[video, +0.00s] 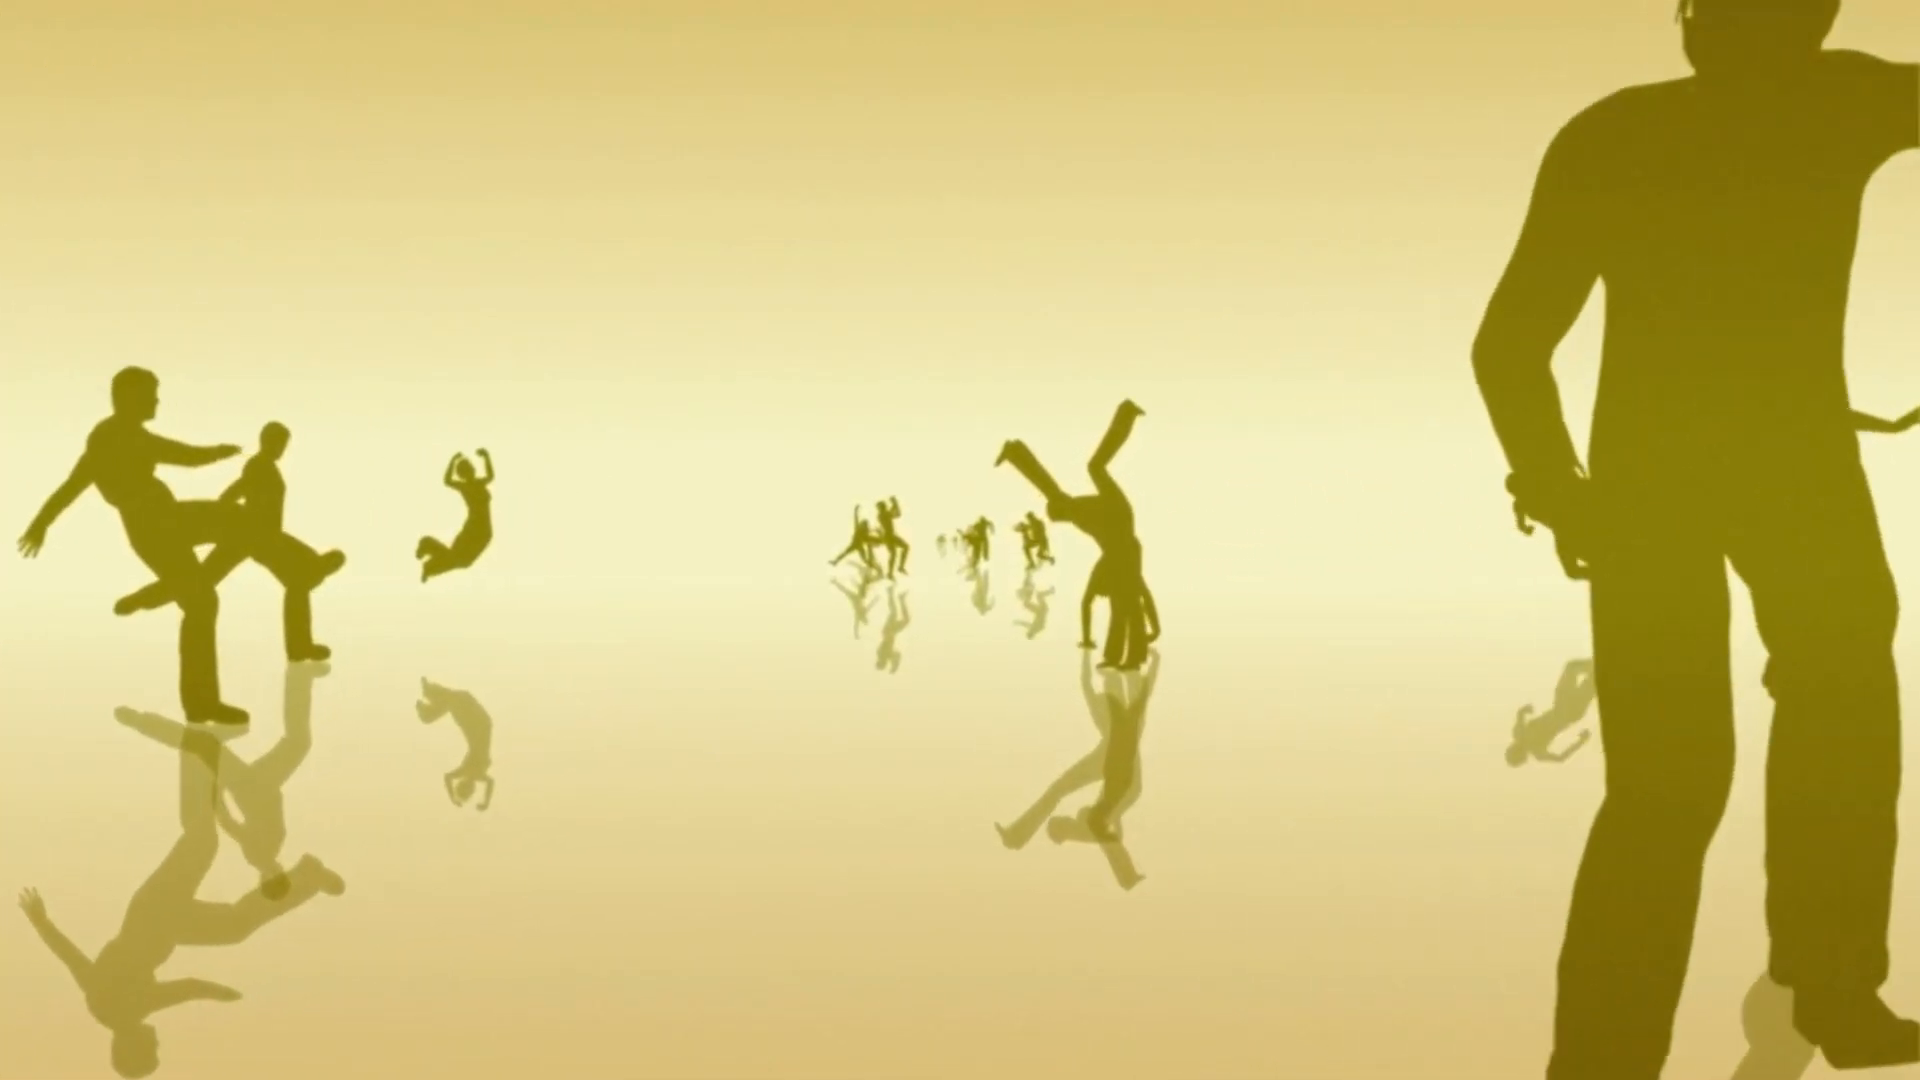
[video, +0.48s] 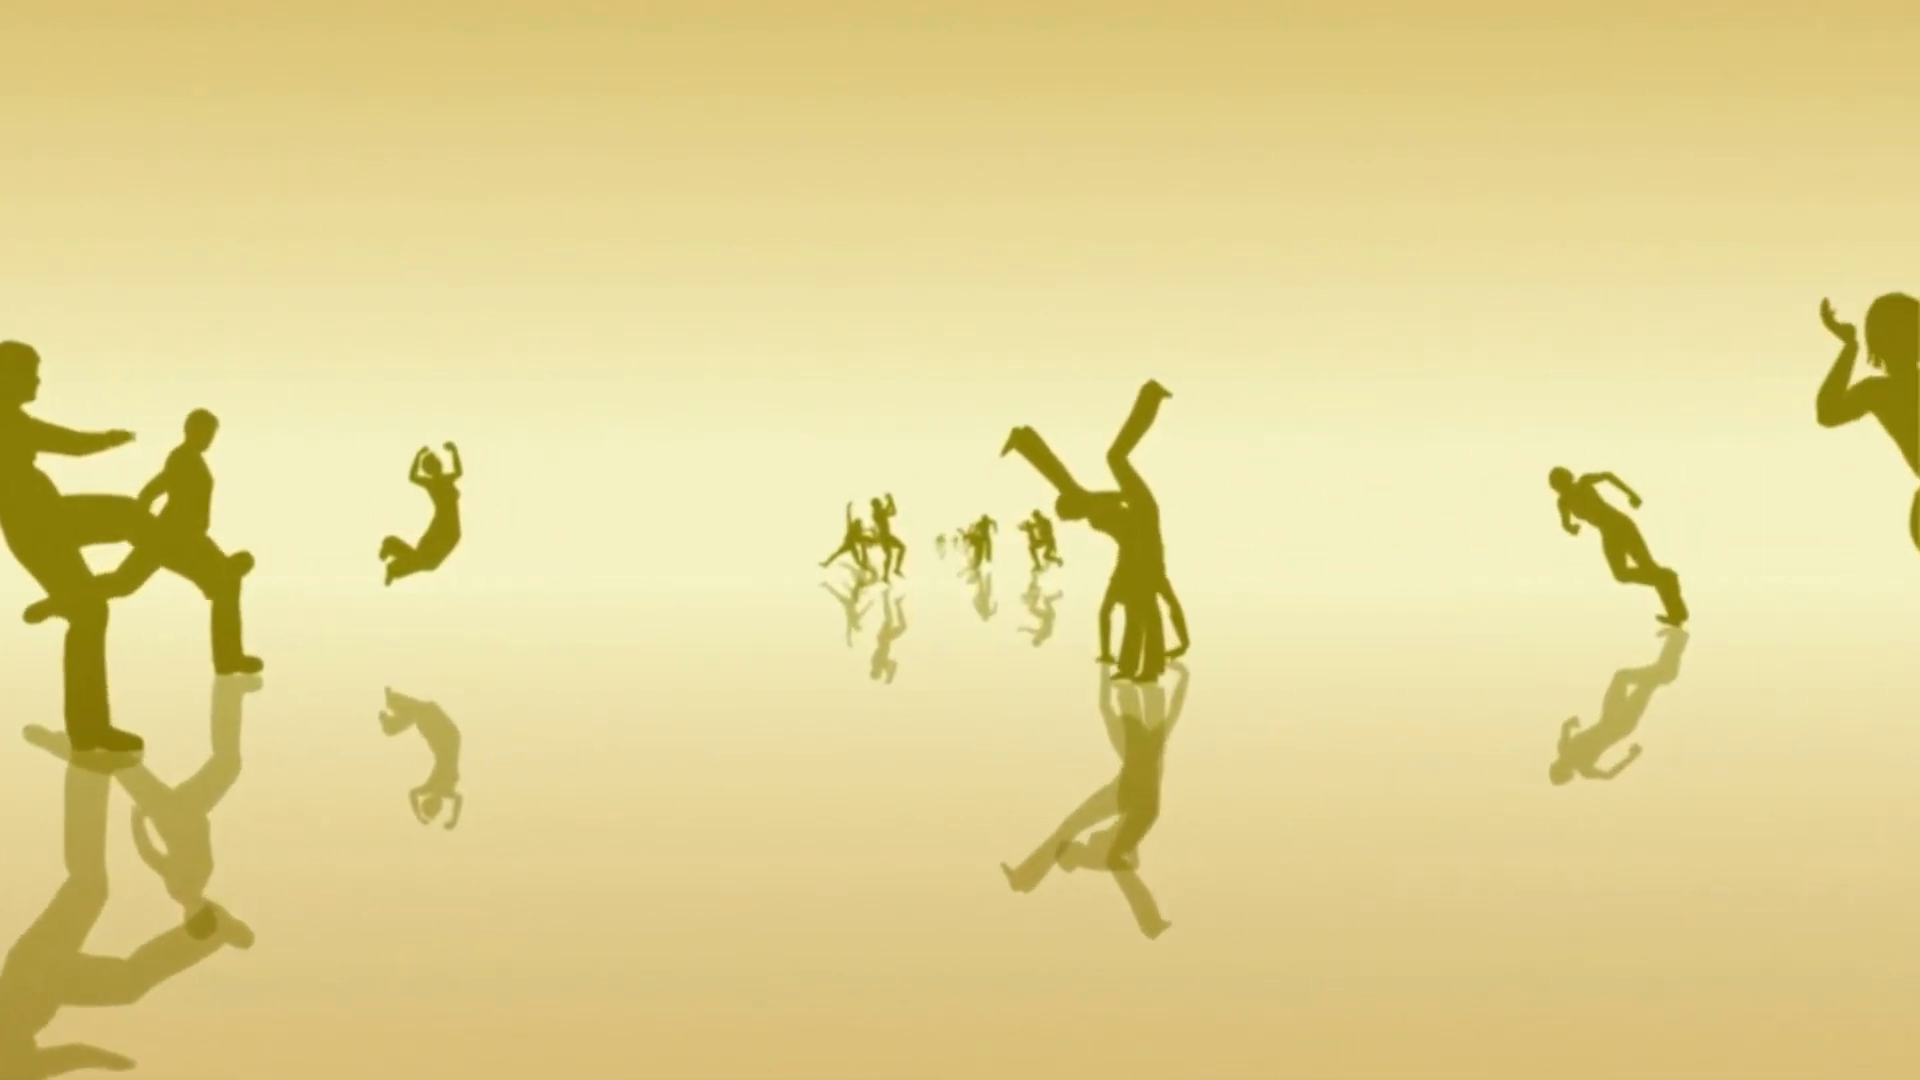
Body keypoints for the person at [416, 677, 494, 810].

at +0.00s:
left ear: (469, 786)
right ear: (461, 784)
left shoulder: (477, 775)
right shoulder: (463, 772)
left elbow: (491, 781)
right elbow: (447, 777)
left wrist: (486, 803)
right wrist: (452, 798)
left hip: (465, 701)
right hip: (455, 701)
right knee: (427, 717)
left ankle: (429, 689)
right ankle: (419, 705)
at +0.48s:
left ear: (437, 803)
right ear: (427, 801)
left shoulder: (445, 792)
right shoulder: (428, 789)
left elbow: (459, 798)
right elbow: (412, 793)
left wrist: (454, 820)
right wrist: (418, 815)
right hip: (423, 713)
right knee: (390, 729)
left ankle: (393, 698)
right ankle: (382, 716)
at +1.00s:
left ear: (403, 821)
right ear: (391, 818)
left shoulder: (412, 808)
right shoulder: (394, 805)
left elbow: (426, 815)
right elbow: (376, 810)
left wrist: (420, 840)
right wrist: (382, 834)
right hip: (388, 724)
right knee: (352, 742)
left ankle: (355, 709)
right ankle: (345, 727)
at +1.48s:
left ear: (360, 843)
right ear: (348, 841)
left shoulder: (371, 829)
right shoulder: (350, 826)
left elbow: (386, 837)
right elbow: (332, 831)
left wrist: (379, 862)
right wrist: (339, 857)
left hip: (355, 738)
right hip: (343, 738)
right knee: (307, 758)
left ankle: (309, 722)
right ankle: (298, 741)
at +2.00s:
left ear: (316, 866)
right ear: (303, 863)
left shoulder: (327, 851)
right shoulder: (307, 847)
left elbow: (343, 859)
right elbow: (286, 853)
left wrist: (337, 886)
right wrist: (293, 881)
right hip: (298, 753)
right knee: (258, 774)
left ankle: (262, 736)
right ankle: (249, 756)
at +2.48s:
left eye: (254, 907)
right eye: (250, 908)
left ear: (259, 894)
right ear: (249, 891)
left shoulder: (271, 876)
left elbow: (289, 888)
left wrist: (283, 917)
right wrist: (235, 912)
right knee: (198, 795)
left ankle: (203, 754)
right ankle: (187, 776)